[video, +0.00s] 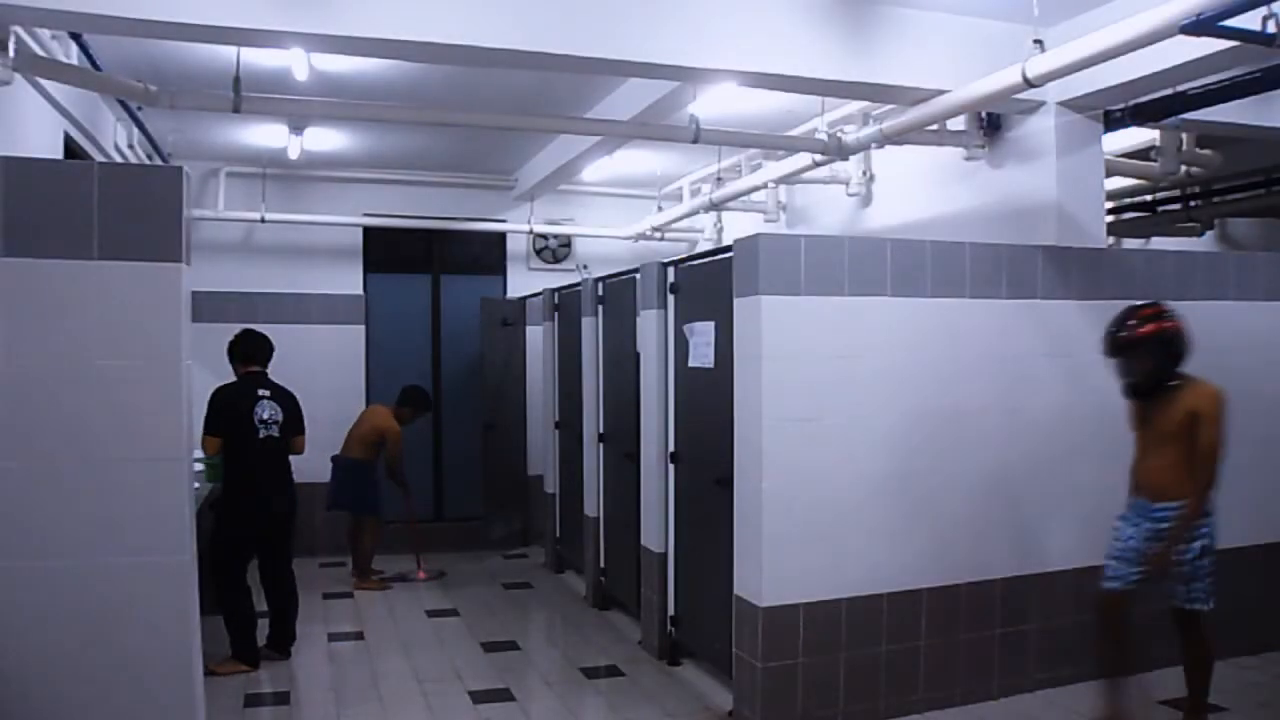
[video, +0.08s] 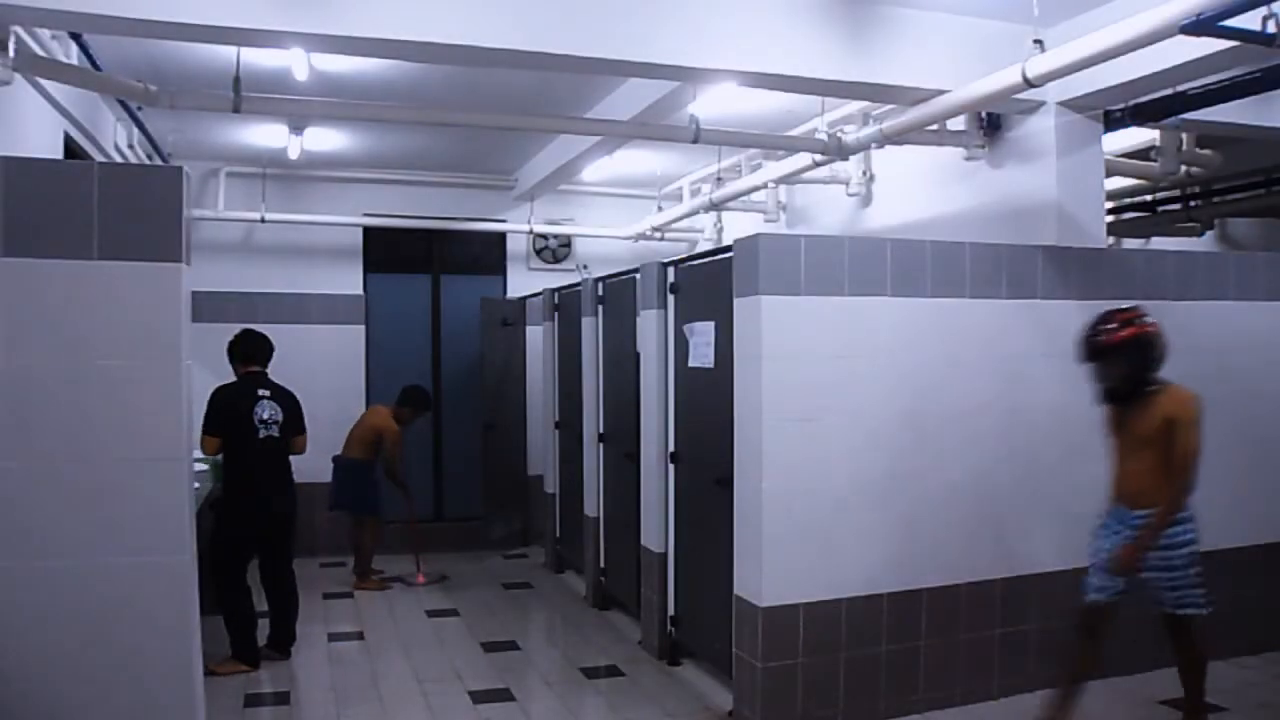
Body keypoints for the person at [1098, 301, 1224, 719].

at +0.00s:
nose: (1126, 369)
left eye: (1133, 358)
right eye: (1123, 360)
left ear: (1161, 353)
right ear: (1126, 360)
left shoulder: (1203, 398)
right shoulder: (1141, 398)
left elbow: (1205, 482)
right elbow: (1144, 459)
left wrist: (1170, 542)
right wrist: (1132, 514)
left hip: (1187, 519)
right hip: (1141, 513)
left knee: (1190, 614)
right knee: (1111, 596)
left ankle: (1197, 707)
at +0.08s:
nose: (1105, 373)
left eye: (1112, 362)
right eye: (1101, 364)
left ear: (1140, 357)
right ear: (1102, 364)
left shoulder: (1179, 404)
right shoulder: (1120, 407)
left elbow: (1181, 485)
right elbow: (1128, 469)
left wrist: (1140, 544)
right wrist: (1117, 516)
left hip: (1167, 525)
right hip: (1121, 521)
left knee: (1182, 623)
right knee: (1092, 617)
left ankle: (1195, 707)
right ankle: (1064, 704)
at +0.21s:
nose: (1063, 377)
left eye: (1071, 365)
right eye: (1059, 368)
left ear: (1098, 361)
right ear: (1059, 368)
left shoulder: (1136, 409)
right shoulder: (1080, 412)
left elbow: (1144, 489)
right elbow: (1088, 475)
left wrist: (1102, 552)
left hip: (1124, 537)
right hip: (1075, 533)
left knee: (1148, 630)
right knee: (1048, 627)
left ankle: (1187, 704)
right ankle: (1035, 713)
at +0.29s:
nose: (1034, 377)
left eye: (1041, 366)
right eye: (1031, 368)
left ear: (1070, 361)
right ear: (1035, 367)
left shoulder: (1109, 407)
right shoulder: (1053, 408)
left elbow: (1121, 489)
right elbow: (1062, 474)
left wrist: (1093, 557)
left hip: (1094, 539)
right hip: (1049, 532)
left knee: (1103, 638)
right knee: (1026, 628)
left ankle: (1162, 699)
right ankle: (1029, 713)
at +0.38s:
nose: (1012, 375)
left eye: (1018, 363)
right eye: (1007, 365)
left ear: (1047, 356)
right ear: (1008, 364)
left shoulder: (1087, 402)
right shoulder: (1027, 403)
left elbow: (1102, 488)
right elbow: (1029, 465)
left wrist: (1088, 559)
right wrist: (1015, 524)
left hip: (1066, 532)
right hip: (1025, 526)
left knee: (1047, 632)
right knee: (1016, 631)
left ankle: (1109, 696)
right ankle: (1027, 713)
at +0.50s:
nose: (978, 375)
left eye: (986, 363)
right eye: (974, 365)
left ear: (1014, 357)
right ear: (977, 362)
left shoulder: (1055, 402)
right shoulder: (994, 404)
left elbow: (1075, 482)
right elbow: (982, 471)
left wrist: (1078, 561)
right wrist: (951, 536)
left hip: (1033, 535)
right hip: (995, 531)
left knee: (995, 637)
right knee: (1013, 641)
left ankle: (1015, 710)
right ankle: (1026, 712)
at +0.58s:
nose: (956, 379)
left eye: (964, 367)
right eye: (953, 369)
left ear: (993, 360)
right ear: (955, 366)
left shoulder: (1035, 409)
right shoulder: (973, 409)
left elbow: (1059, 488)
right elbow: (956, 476)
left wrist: (1067, 563)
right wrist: (919, 536)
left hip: (1013, 538)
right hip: (975, 537)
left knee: (965, 641)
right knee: (1010, 641)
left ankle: (955, 711)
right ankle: (1027, 714)